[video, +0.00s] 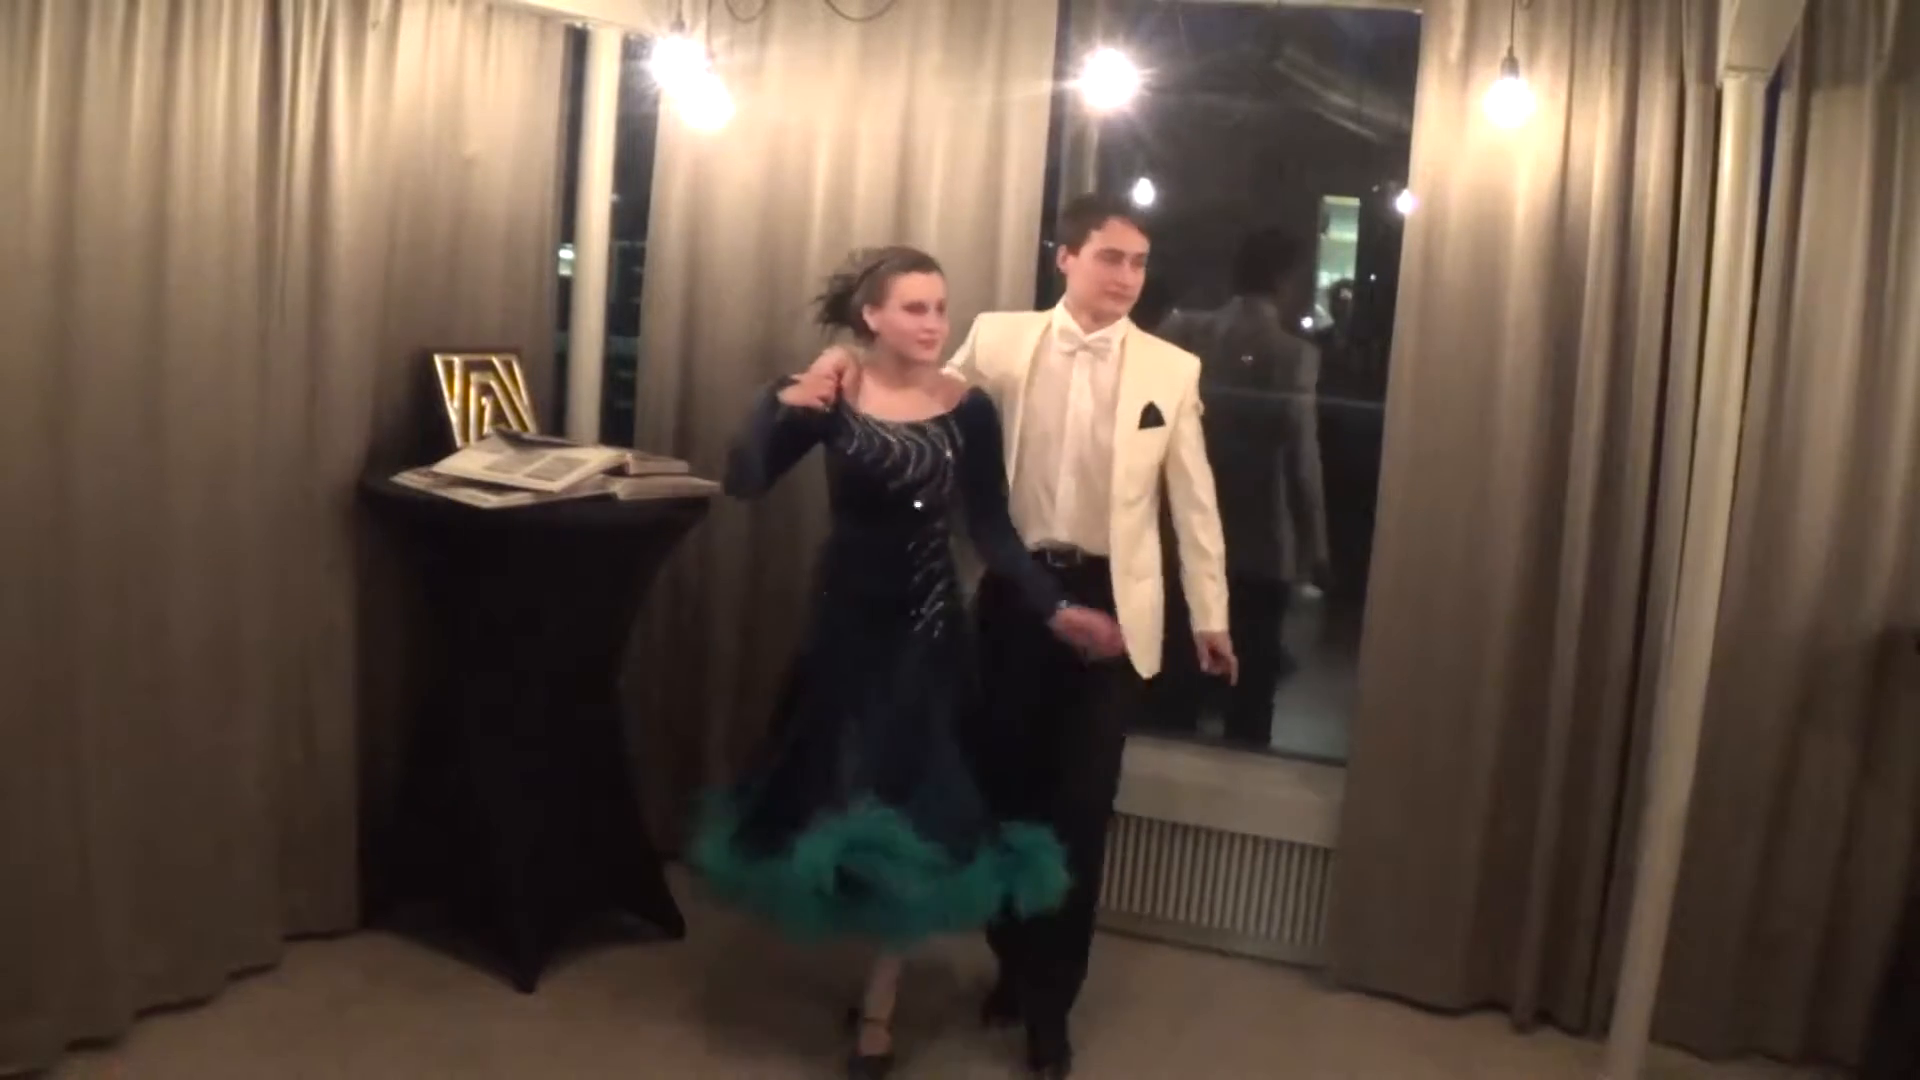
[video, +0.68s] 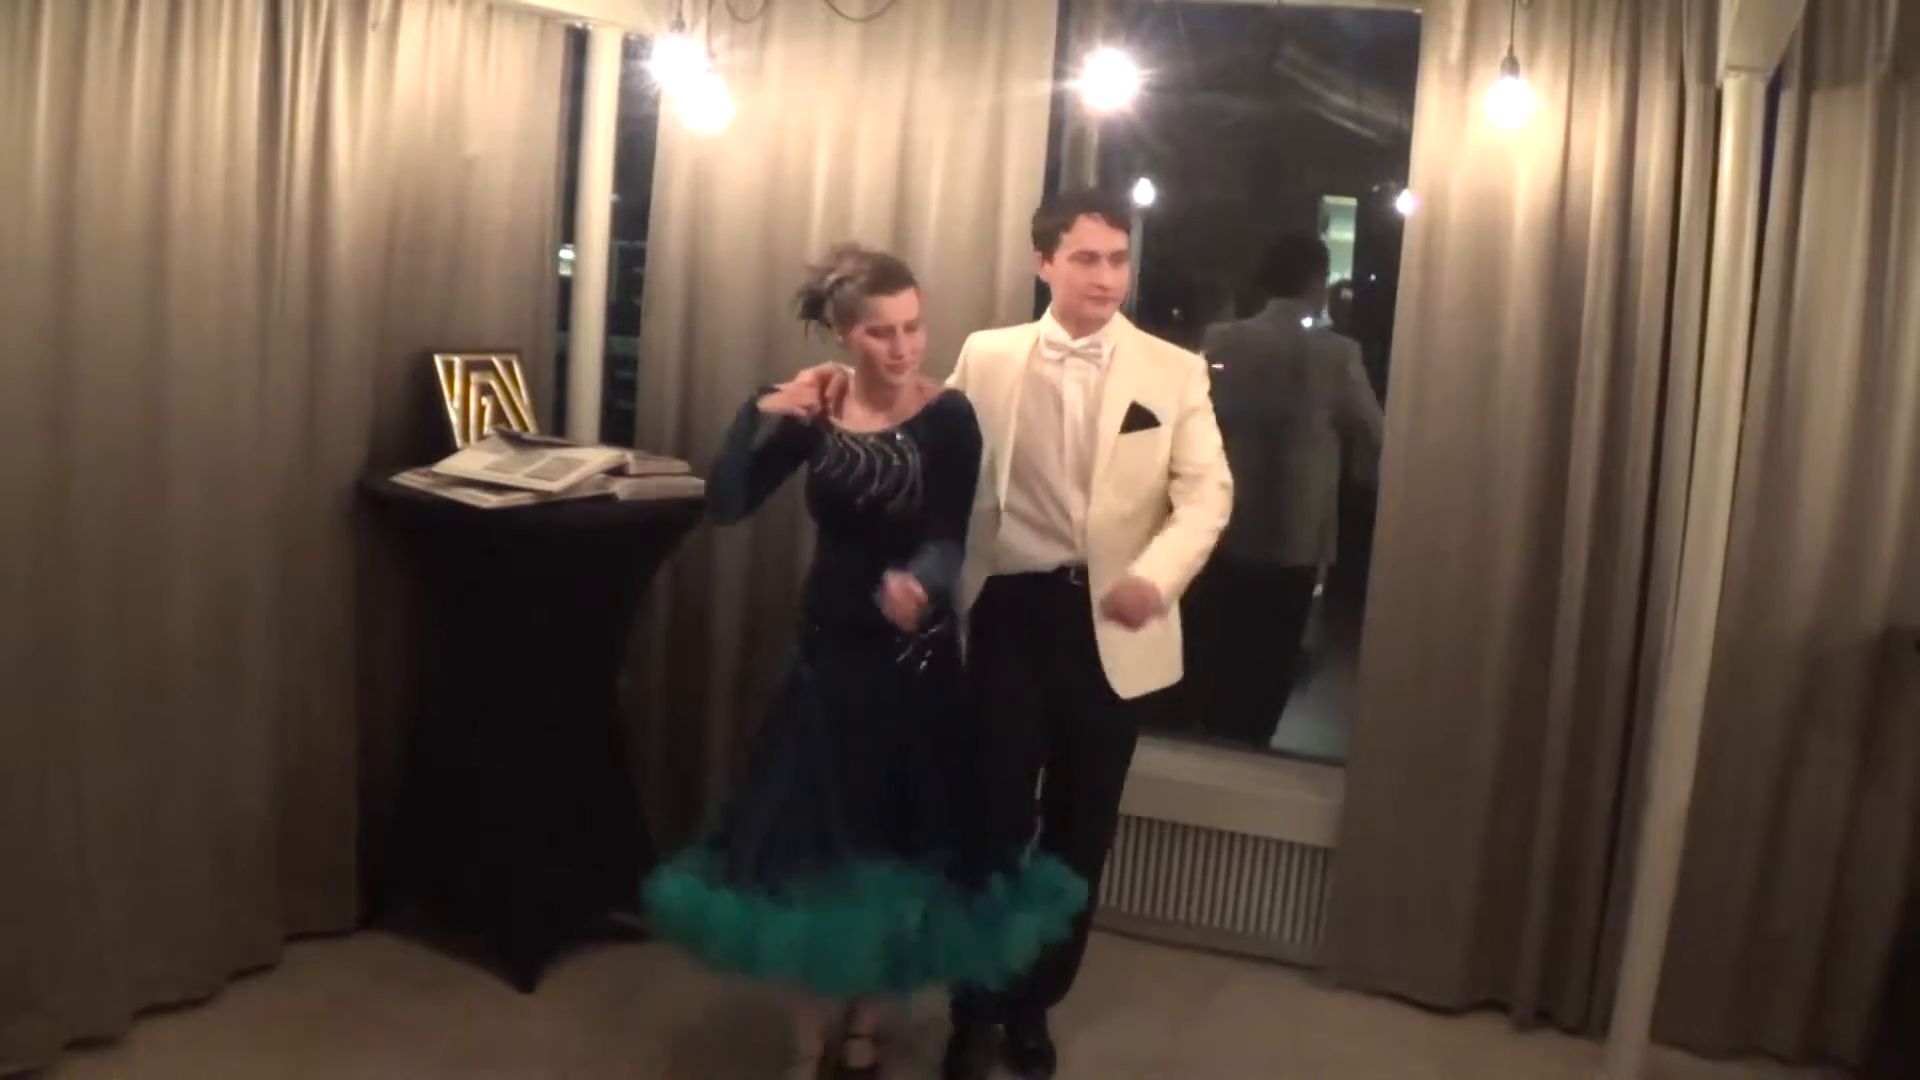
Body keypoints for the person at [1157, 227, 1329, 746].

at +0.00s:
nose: (1308, 290)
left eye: (1307, 278)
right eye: (1304, 278)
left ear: (1240, 273)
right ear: (1286, 281)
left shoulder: (1183, 333)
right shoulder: (1294, 355)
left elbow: (1151, 431)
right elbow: (1302, 462)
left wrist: (1148, 517)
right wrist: (1316, 548)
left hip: (1180, 532)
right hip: (1260, 541)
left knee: (1174, 681)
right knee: (1252, 680)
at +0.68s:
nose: (1326, 291)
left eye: (1324, 282)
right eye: (1324, 282)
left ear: (1264, 280)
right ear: (1316, 286)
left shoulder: (1220, 342)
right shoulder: (1338, 355)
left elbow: (1190, 428)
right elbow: (1371, 439)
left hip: (1216, 526)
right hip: (1297, 536)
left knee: (1212, 650)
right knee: (1272, 661)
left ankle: (1207, 764)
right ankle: (1241, 767)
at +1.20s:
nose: (1347, 301)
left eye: (1345, 291)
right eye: (1345, 292)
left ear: (1293, 289)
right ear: (1335, 295)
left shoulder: (1245, 350)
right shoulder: (1357, 365)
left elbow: (1208, 419)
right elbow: (1370, 452)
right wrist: (1371, 509)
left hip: (1240, 522)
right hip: (1319, 536)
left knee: (1233, 651)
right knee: (1296, 663)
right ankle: (1248, 763)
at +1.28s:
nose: (1351, 314)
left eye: (1349, 305)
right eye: (1348, 305)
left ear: (1299, 307)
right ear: (1336, 308)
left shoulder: (1247, 362)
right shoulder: (1354, 381)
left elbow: (1198, 416)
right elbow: (1363, 479)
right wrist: (1364, 554)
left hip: (1233, 543)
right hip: (1311, 555)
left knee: (1225, 674)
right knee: (1320, 668)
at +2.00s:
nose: (1385, 298)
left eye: (1384, 287)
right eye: (1380, 287)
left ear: (1327, 282)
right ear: (1365, 287)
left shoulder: (1280, 327)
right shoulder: (1376, 348)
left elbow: (1233, 378)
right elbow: (1387, 430)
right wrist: (1385, 503)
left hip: (1263, 490)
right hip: (1336, 499)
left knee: (1269, 622)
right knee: (1331, 636)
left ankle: (1268, 738)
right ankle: (1279, 736)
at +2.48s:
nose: (1394, 323)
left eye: (1395, 311)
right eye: (1392, 312)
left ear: (1342, 296)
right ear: (1379, 309)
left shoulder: (1304, 341)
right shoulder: (1349, 377)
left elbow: (1266, 380)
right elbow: (1361, 467)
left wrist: (1301, 415)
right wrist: (1393, 511)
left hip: (1287, 509)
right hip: (1334, 526)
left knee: (1280, 626)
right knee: (1335, 638)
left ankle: (1266, 733)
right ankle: (1328, 737)